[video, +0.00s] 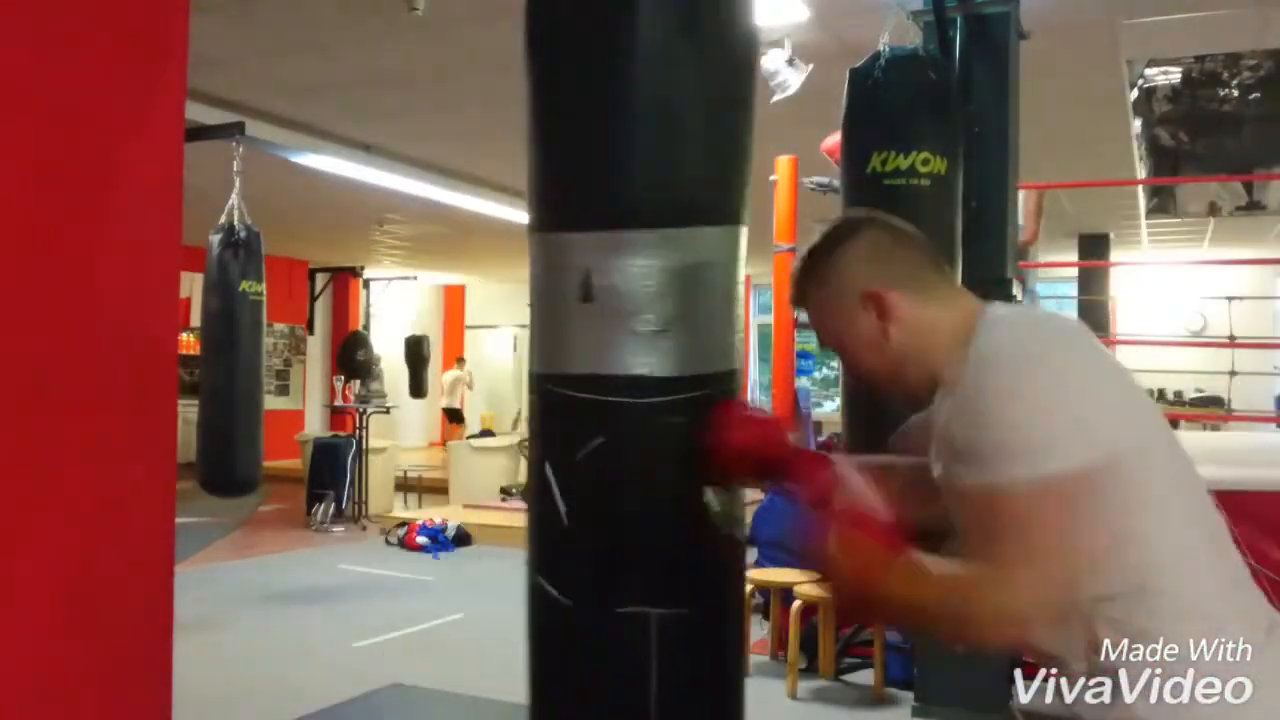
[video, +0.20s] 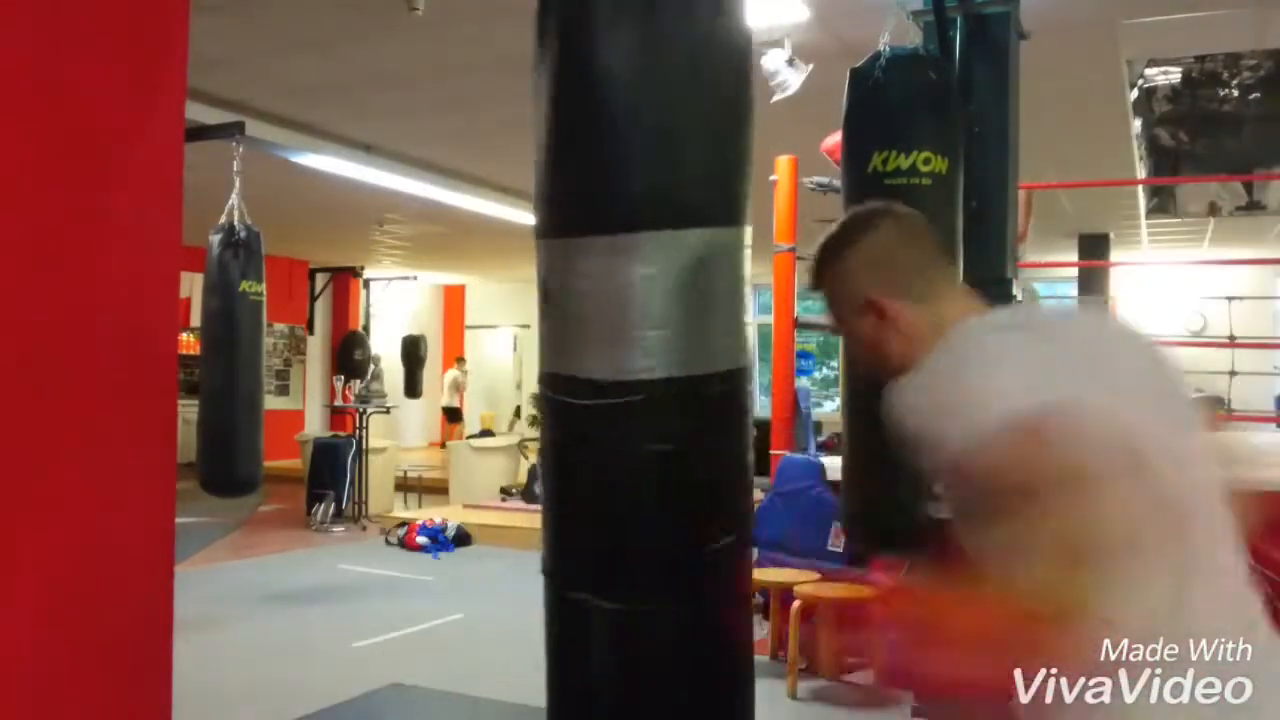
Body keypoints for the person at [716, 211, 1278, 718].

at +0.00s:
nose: (854, 372)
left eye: (842, 346)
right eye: (839, 351)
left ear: (880, 310)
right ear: (891, 299)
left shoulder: (1020, 369)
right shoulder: (978, 383)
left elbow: (1017, 604)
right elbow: (900, 492)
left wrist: (866, 569)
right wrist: (792, 467)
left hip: (1202, 689)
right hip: (1129, 682)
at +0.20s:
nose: (857, 353)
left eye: (847, 331)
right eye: (843, 335)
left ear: (881, 315)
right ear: (947, 275)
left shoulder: (936, 386)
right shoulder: (1107, 335)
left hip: (1110, 695)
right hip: (1245, 684)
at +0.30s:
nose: (869, 356)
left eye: (861, 337)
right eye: (858, 341)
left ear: (888, 318)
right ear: (965, 271)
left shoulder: (905, 404)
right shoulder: (1153, 304)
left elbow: (772, 575)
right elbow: (1277, 402)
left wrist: (724, 527)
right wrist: (1216, 444)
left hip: (1143, 698)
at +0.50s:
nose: (921, 396)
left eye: (907, 372)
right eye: (903, 377)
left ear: (938, 333)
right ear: (1002, 294)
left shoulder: (1001, 414)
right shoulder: (1206, 355)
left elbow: (916, 650)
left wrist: (861, 579)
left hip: (1157, 702)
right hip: (1271, 700)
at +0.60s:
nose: (977, 383)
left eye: (972, 355)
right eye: (966, 360)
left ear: (1017, 321)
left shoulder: (1108, 413)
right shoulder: (1248, 369)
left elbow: (1090, 663)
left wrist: (984, 596)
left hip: (1175, 706)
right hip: (1264, 700)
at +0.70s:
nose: (1059, 373)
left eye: (1056, 348)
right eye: (1049, 354)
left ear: (1104, 297)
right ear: (1106, 295)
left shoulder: (1223, 389)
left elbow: (1244, 652)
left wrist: (1096, 563)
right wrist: (1131, 497)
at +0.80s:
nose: (1133, 371)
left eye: (1125, 343)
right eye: (1119, 354)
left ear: (1167, 276)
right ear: (1168, 275)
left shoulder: (1261, 376)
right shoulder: (1252, 367)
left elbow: (1262, 606)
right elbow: (1242, 528)